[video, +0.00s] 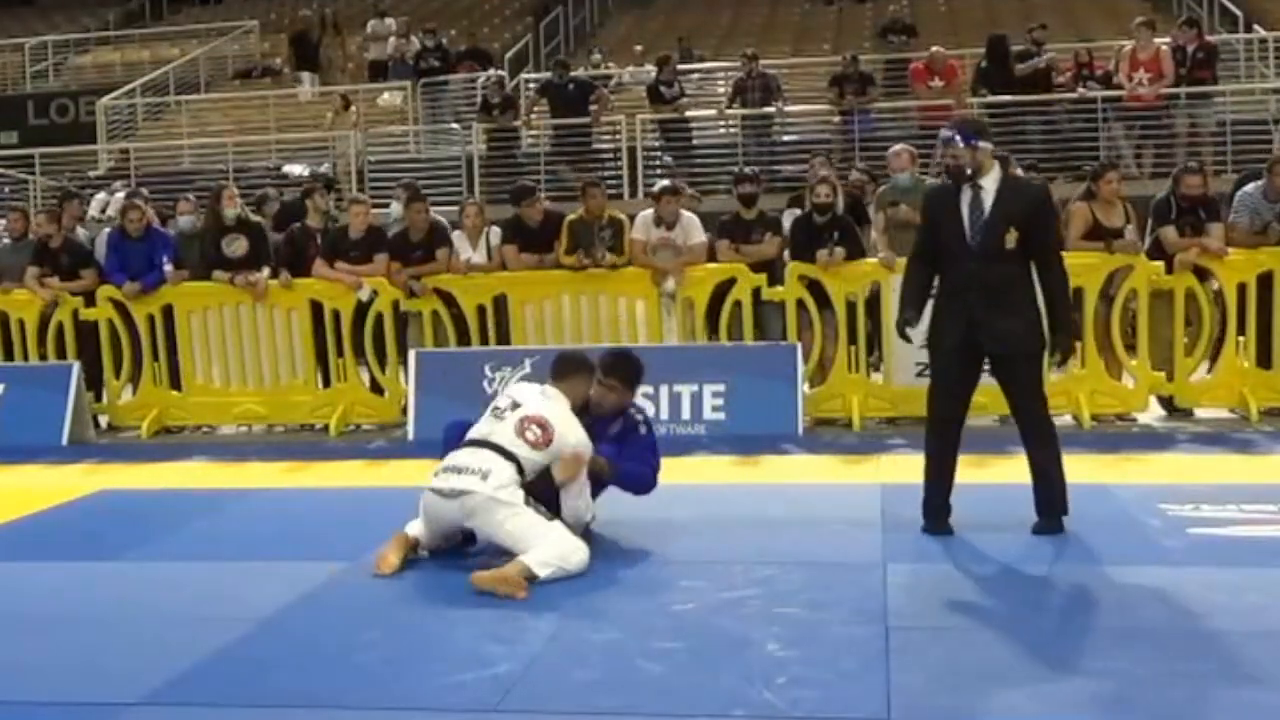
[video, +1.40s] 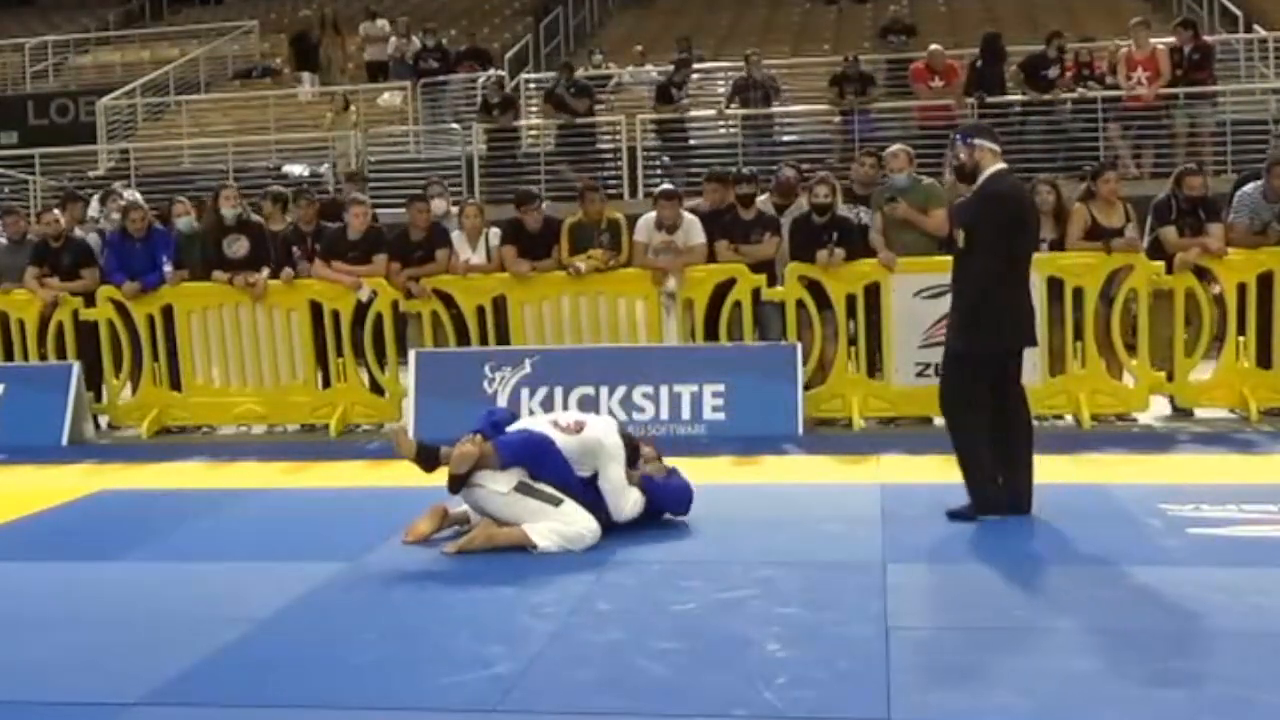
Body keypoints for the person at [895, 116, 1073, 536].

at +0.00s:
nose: (949, 160)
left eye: (956, 151)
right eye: (946, 152)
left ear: (983, 150)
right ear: (947, 155)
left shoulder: (1029, 196)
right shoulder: (938, 200)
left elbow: (1050, 265)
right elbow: (924, 259)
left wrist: (1062, 328)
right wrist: (910, 307)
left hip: (1013, 327)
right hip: (954, 329)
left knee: (1033, 421)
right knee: (942, 423)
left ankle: (1051, 512)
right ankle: (935, 512)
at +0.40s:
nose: (990, 156)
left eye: (996, 148)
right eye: (989, 149)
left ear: (1022, 146)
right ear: (1007, 147)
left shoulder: (1064, 196)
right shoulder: (991, 194)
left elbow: (1085, 271)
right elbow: (978, 263)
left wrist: (1087, 333)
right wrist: (960, 314)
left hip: (1040, 332)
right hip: (987, 331)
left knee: (1050, 427)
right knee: (981, 425)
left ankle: (1053, 513)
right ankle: (979, 505)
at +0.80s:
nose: (988, 156)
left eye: (993, 148)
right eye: (987, 149)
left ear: (1014, 146)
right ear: (1011, 148)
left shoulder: (1051, 197)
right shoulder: (1007, 195)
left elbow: (1047, 276)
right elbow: (995, 271)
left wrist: (1029, 334)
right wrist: (981, 319)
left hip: (1033, 329)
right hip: (995, 327)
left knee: (1045, 421)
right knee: (1001, 416)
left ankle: (1053, 510)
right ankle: (1010, 492)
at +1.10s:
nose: (973, 160)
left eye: (975, 152)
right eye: (972, 153)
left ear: (994, 149)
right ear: (995, 149)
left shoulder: (1022, 196)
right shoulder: (997, 195)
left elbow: (1016, 275)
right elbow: (990, 270)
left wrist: (996, 330)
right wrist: (976, 326)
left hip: (1011, 326)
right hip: (987, 325)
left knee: (1022, 412)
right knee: (997, 412)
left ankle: (1046, 504)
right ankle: (1012, 490)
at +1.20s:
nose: (966, 162)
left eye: (969, 154)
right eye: (966, 155)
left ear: (987, 151)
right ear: (996, 151)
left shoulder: (1009, 195)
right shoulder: (1007, 192)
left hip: (1000, 324)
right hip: (989, 322)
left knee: (1008, 412)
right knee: (996, 410)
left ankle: (1036, 504)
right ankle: (1011, 489)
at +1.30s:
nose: (961, 163)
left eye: (963, 154)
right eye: (960, 155)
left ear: (981, 151)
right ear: (992, 151)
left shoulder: (1003, 195)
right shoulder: (1006, 191)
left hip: (993, 327)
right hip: (993, 325)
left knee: (991, 405)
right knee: (995, 402)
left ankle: (1017, 495)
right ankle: (1010, 489)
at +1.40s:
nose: (956, 163)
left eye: (959, 154)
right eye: (956, 155)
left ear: (975, 150)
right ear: (993, 150)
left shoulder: (993, 193)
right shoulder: (1015, 192)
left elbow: (941, 222)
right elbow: (996, 268)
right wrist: (961, 313)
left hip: (979, 323)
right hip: (1006, 322)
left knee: (959, 401)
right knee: (1006, 401)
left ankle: (985, 496)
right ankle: (1016, 495)